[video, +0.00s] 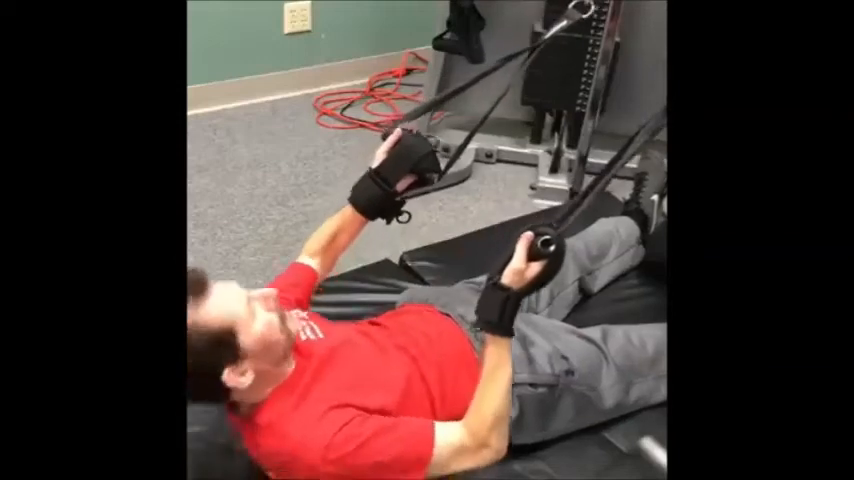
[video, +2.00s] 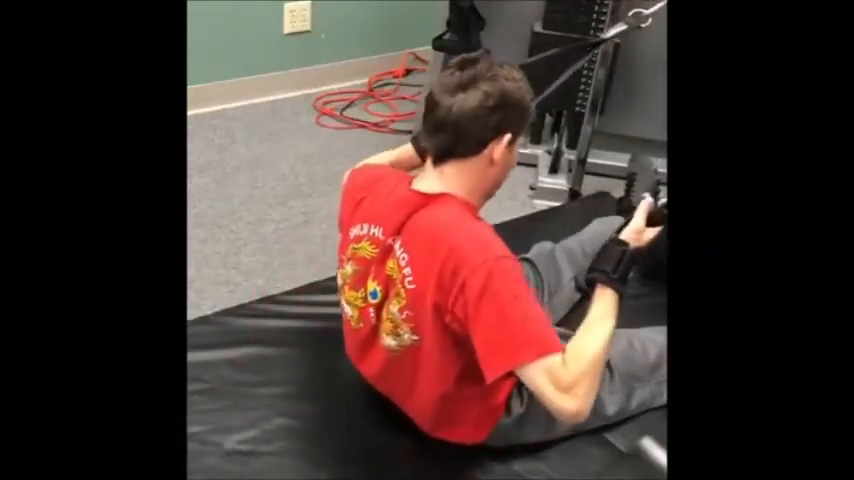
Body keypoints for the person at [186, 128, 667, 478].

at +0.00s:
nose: (267, 298)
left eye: (248, 294)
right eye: (250, 312)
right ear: (241, 377)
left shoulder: (265, 321)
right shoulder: (309, 443)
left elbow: (315, 259)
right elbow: (482, 443)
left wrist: (374, 190)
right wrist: (503, 308)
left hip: (438, 308)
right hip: (498, 374)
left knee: (551, 262)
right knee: (642, 355)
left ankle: (633, 225)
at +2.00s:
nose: (514, 159)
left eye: (516, 146)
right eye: (516, 146)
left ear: (435, 133)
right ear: (497, 149)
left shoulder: (367, 188)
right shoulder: (476, 254)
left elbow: (363, 171)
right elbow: (570, 398)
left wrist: (441, 135)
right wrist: (617, 259)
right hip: (482, 407)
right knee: (663, 347)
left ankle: (637, 216)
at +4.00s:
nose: (469, 166)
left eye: (468, 153)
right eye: (466, 154)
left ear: (380, 155)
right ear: (436, 170)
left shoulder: (338, 205)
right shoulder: (435, 283)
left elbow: (388, 172)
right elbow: (555, 396)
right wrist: (597, 270)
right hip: (475, 405)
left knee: (545, 264)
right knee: (660, 350)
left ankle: (626, 225)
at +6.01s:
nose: (202, 402)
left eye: (186, 401)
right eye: (192, 424)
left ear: (186, 394)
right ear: (201, 473)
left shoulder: (229, 375)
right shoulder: (289, 472)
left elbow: (327, 302)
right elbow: (456, 456)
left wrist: (392, 220)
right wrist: (503, 326)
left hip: (427, 312)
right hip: (493, 379)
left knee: (553, 269)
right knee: (648, 351)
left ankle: (635, 221)